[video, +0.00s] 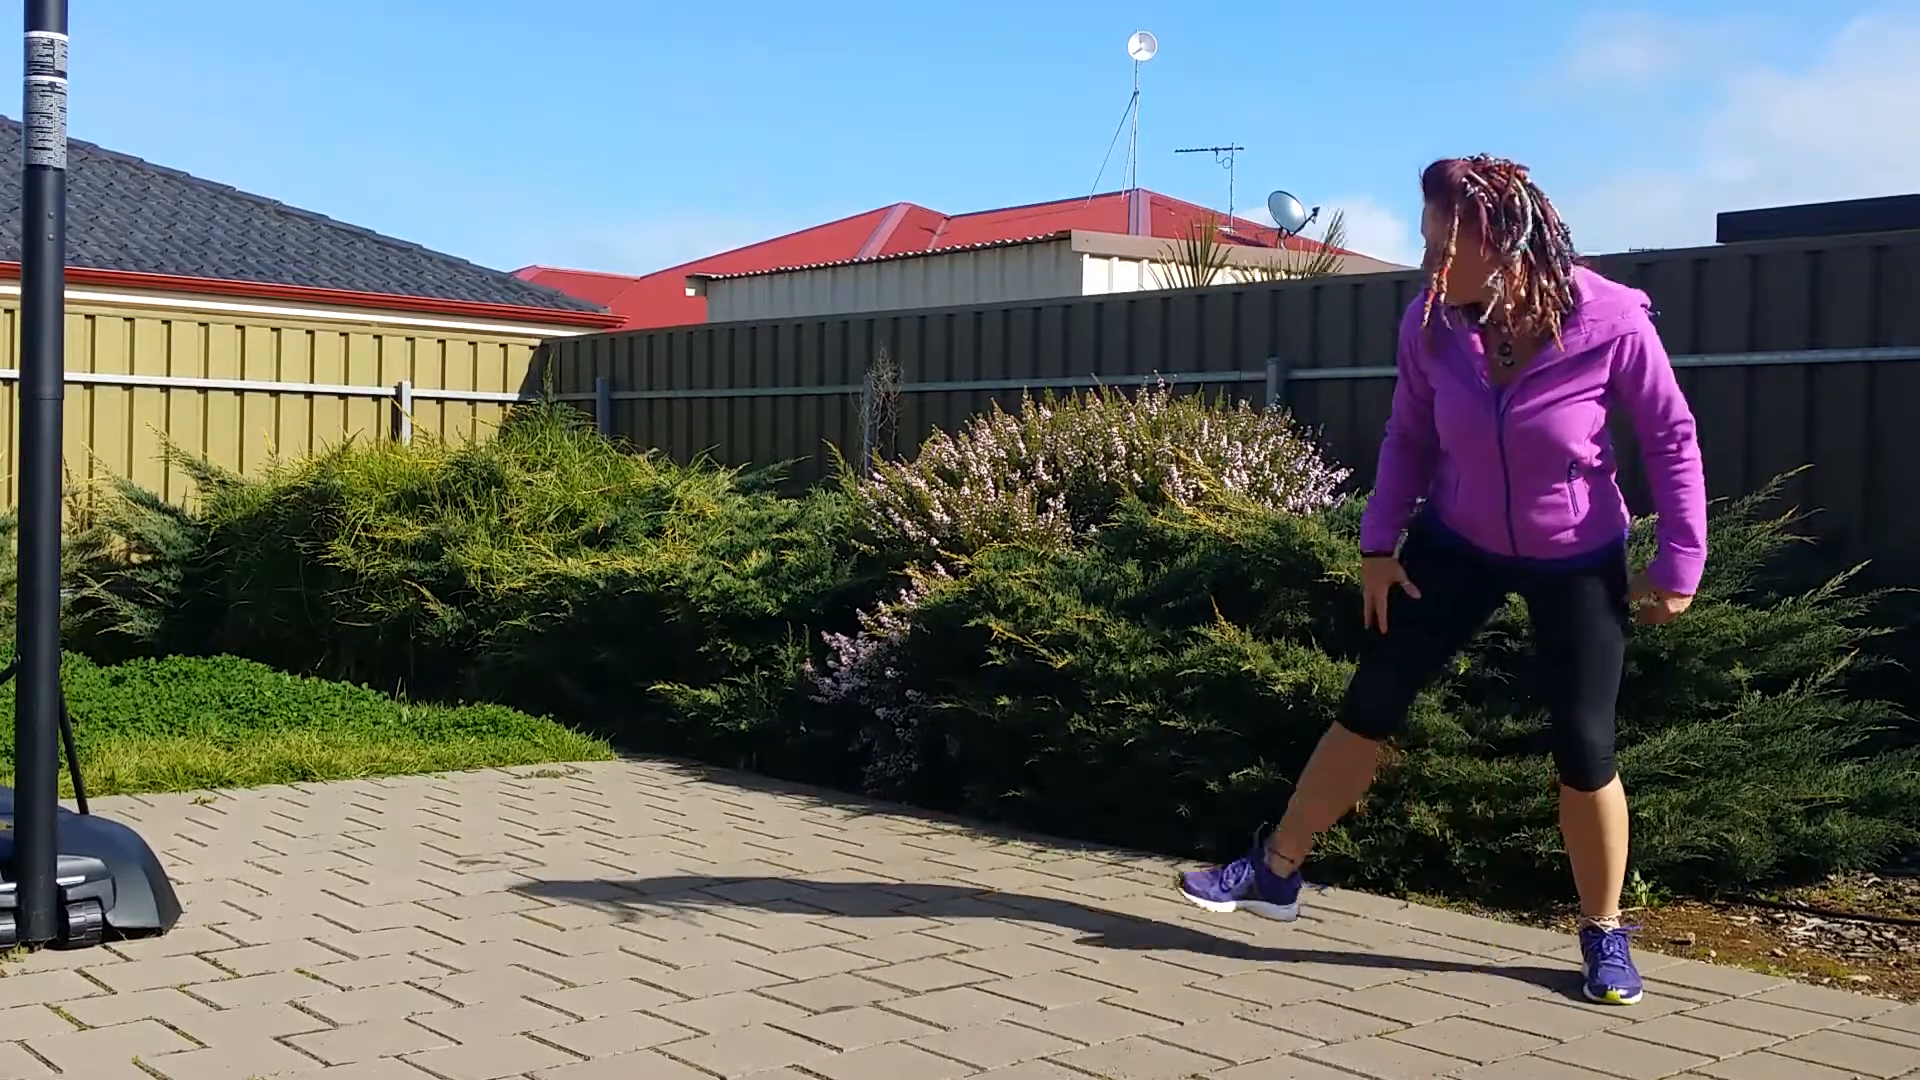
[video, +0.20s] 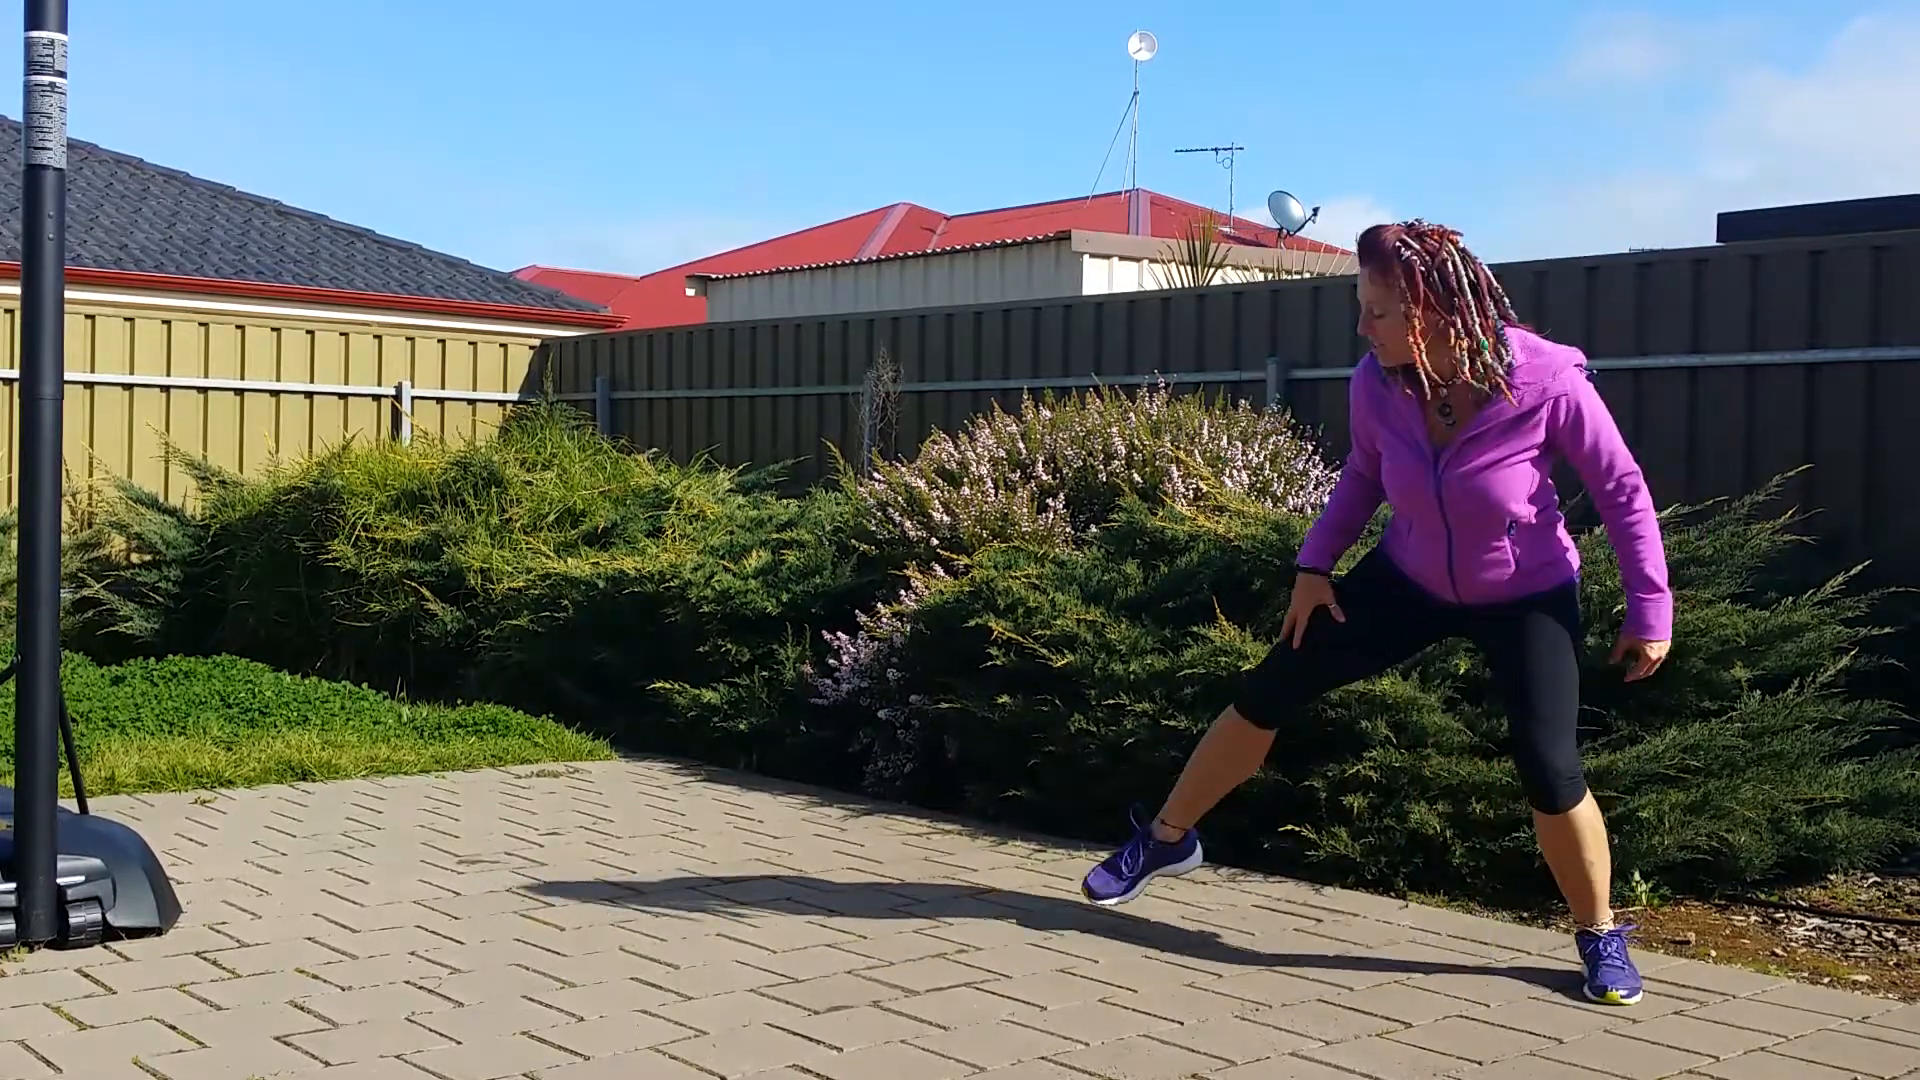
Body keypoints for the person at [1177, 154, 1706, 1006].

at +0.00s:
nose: (1431, 259)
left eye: (1441, 242)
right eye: (1429, 242)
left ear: (1498, 238)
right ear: (1456, 237)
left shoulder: (1614, 317)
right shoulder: (1431, 317)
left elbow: (1671, 435)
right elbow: (1407, 436)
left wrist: (1681, 554)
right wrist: (1379, 541)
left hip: (1576, 556)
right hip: (1456, 544)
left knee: (1586, 749)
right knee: (1370, 704)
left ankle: (1605, 938)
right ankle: (1274, 868)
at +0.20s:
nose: (1364, 326)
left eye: (1376, 311)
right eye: (1363, 310)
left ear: (1434, 310)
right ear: (1393, 312)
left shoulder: (1548, 377)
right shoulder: (1375, 382)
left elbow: (1621, 490)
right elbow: (1361, 477)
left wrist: (1650, 607)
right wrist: (1314, 562)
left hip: (1526, 593)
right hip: (1410, 578)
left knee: (1551, 769)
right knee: (1278, 680)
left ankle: (1601, 935)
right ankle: (1162, 836)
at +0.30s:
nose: (1303, 340)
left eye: (1315, 324)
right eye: (1302, 324)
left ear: (1373, 322)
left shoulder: (1480, 393)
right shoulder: (1317, 392)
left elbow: (1557, 501)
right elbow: (1310, 478)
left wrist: (1590, 618)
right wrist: (1266, 561)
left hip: (1468, 599)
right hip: (1356, 589)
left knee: (1517, 766)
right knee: (1225, 691)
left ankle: (1597, 932)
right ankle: (1179, 862)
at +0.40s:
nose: (1229, 326)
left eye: (1241, 312)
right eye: (1229, 311)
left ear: (1296, 313)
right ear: (1259, 313)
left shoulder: (1396, 379)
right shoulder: (1236, 380)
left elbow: (1470, 485)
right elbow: (1231, 468)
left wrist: (1509, 594)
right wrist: (1203, 557)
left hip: (1388, 590)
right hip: (1279, 586)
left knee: (1461, 748)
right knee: (1176, 706)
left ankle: (1578, 923)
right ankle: (1189, 878)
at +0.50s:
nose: (1175, 300)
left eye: (1189, 287)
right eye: (1171, 286)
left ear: (1238, 287)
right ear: (1173, 285)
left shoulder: (1330, 356)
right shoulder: (1174, 354)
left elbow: (1398, 458)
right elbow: (1162, 447)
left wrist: (1440, 558)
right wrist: (1144, 532)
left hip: (1324, 555)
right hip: (1218, 558)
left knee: (1374, 711)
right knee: (1149, 701)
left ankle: (1443, 893)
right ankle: (1185, 875)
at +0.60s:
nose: (1124, 277)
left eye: (1134, 264)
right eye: (1124, 264)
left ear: (1180, 267)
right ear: (1147, 267)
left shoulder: (1289, 340)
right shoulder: (1135, 336)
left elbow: (1355, 437)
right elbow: (1124, 426)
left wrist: (1396, 535)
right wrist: (1103, 511)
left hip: (1275, 539)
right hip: (1175, 533)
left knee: (1272, 690)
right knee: (1107, 671)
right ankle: (1143, 841)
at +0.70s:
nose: (1087, 276)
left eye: (1098, 264)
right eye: (1091, 263)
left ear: (1144, 275)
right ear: (1123, 276)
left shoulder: (1246, 351)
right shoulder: (1104, 349)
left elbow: (1322, 447)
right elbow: (1095, 428)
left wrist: (1366, 540)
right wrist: (1067, 508)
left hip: (1224, 555)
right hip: (1131, 543)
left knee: (1201, 711)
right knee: (1048, 655)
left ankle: (1188, 875)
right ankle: (1040, 829)